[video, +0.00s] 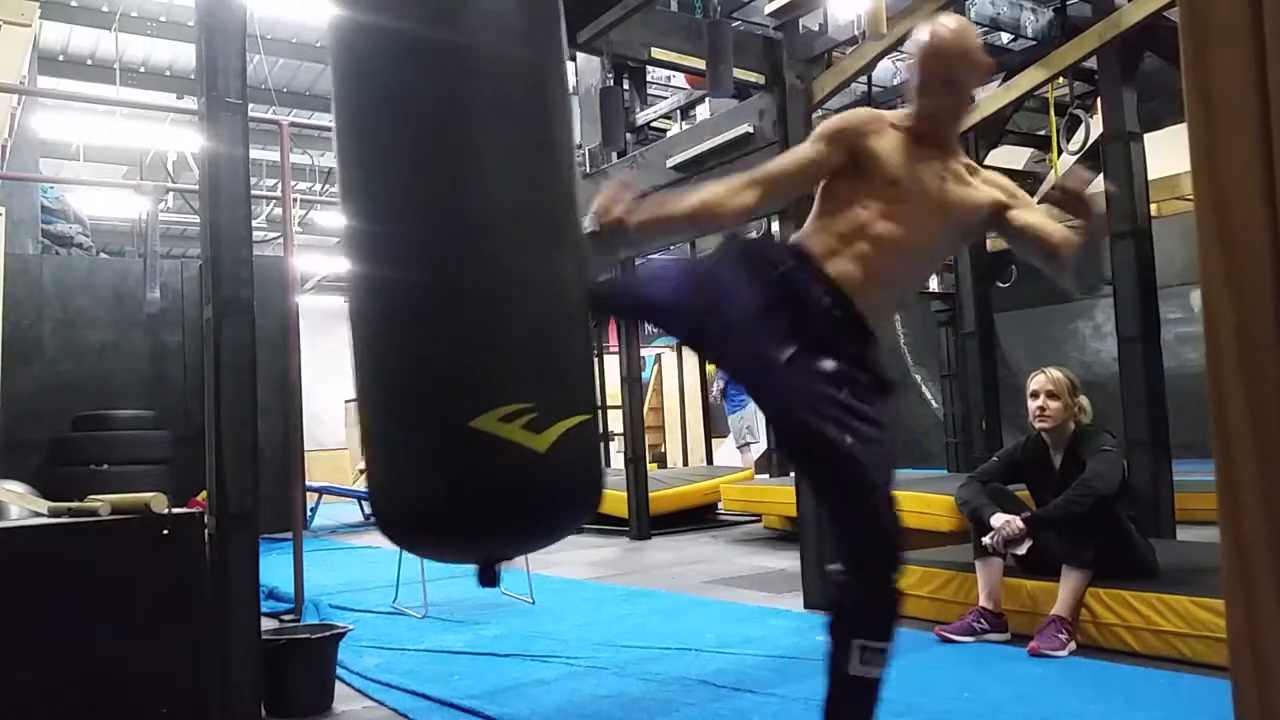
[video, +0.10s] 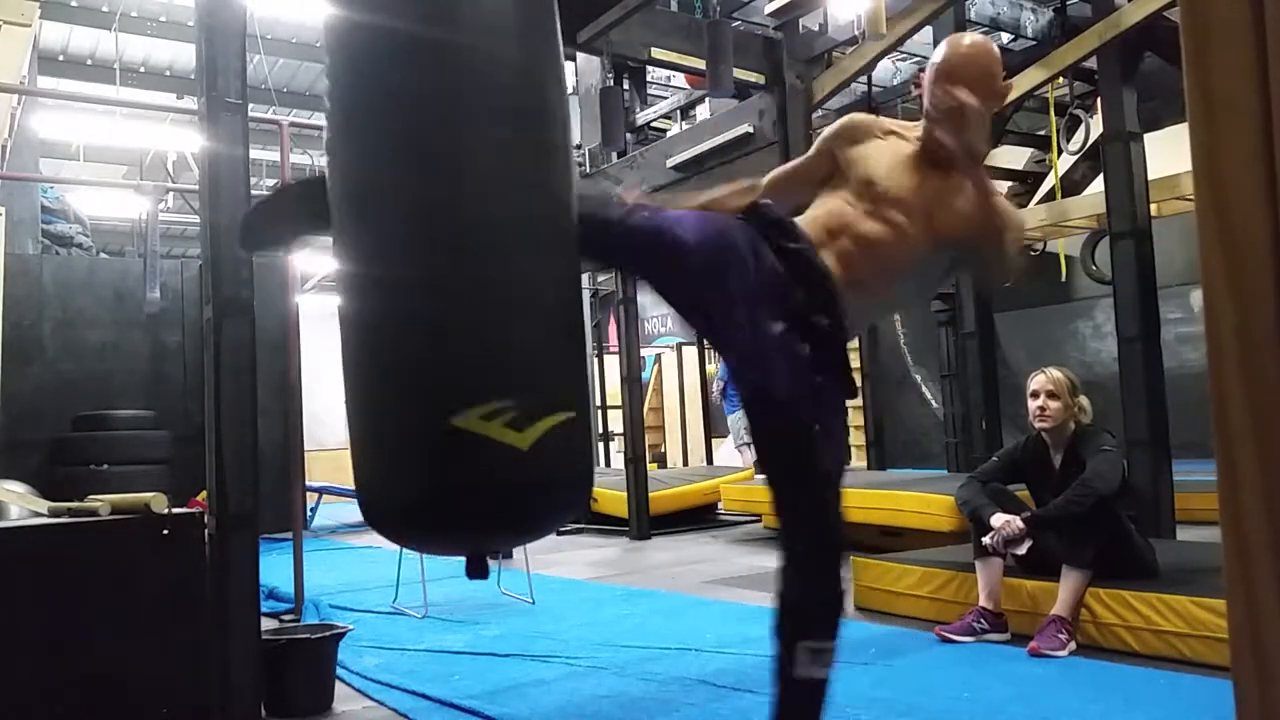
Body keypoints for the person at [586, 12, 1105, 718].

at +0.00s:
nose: (933, 86)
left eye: (951, 72)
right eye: (927, 66)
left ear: (975, 82)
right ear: (910, 68)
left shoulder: (991, 190)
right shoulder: (861, 131)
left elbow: (1076, 266)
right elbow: (748, 191)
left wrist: (1091, 222)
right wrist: (637, 215)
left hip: (847, 355)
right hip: (775, 285)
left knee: (874, 539)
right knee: (647, 286)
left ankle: (847, 713)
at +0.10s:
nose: (951, 103)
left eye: (970, 94)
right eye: (944, 85)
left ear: (998, 106)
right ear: (924, 84)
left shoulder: (989, 211)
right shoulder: (859, 133)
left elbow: (998, 276)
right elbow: (760, 195)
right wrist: (652, 212)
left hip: (810, 346)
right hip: (757, 257)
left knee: (815, 541)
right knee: (626, 230)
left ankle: (796, 712)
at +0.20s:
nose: (927, 90)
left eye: (945, 82)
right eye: (924, 78)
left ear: (980, 90)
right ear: (916, 78)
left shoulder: (1000, 208)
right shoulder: (861, 125)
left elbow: (942, 276)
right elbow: (761, 172)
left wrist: (930, 148)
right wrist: (672, 147)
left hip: (808, 354)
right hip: (742, 271)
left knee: (802, 569)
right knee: (596, 269)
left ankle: (782, 713)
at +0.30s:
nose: (909, 80)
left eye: (929, 68)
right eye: (904, 62)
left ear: (976, 65)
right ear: (896, 52)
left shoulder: (997, 180)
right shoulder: (851, 127)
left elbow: (956, 271)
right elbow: (737, 170)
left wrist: (912, 146)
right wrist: (647, 127)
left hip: (825, 362)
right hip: (742, 291)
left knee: (800, 568)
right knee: (588, 328)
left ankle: (783, 712)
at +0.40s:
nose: (884, 43)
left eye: (904, 32)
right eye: (879, 32)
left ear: (953, 46)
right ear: (871, 46)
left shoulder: (982, 167)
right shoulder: (833, 141)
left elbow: (980, 276)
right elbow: (720, 195)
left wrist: (908, 166)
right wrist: (637, 138)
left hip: (834, 360)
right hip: (749, 313)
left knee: (806, 567)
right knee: (590, 405)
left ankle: (799, 715)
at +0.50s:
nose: (850, 57)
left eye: (867, 44)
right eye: (850, 46)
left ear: (914, 53)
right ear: (853, 60)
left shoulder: (956, 160)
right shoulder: (813, 161)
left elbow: (997, 281)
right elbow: (727, 238)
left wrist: (910, 217)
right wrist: (684, 177)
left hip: (836, 359)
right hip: (756, 338)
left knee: (805, 564)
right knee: (662, 486)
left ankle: (801, 713)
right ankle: (756, 618)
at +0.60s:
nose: (823, 64)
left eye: (841, 48)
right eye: (822, 54)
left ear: (893, 51)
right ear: (823, 72)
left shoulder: (935, 160)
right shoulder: (801, 181)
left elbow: (986, 275)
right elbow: (750, 284)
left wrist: (894, 269)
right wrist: (726, 232)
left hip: (838, 354)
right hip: (769, 352)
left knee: (803, 545)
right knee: (773, 528)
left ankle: (797, 711)